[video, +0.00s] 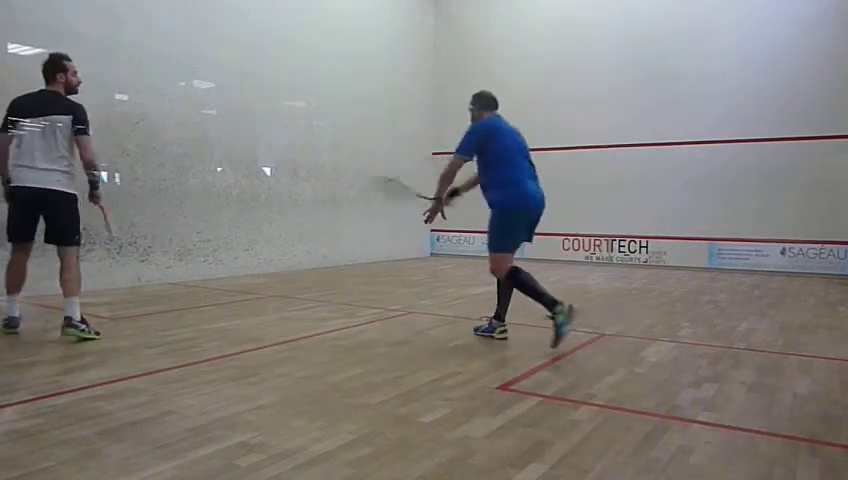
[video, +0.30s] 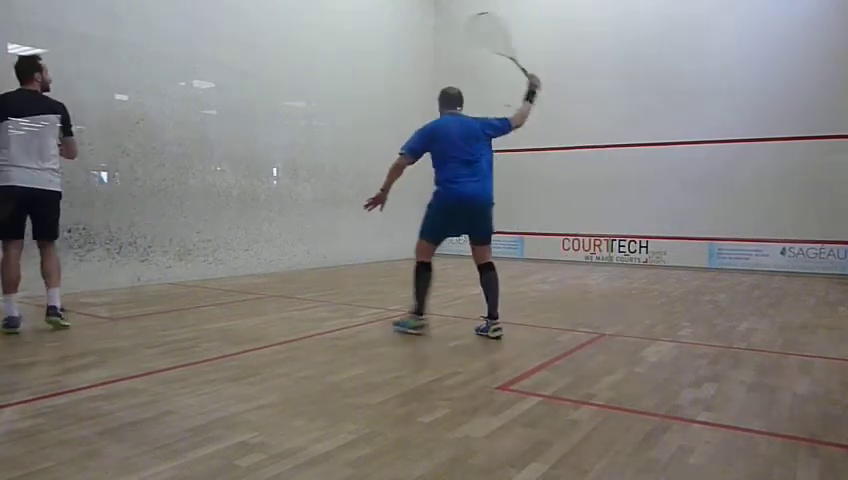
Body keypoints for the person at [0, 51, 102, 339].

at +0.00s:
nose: (78, 78)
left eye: (77, 73)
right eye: (74, 74)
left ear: (49, 78)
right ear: (60, 77)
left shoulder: (18, 104)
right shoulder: (74, 109)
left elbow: (4, 147)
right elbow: (87, 156)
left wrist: (6, 181)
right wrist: (95, 184)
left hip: (22, 190)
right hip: (60, 193)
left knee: (19, 251)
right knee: (69, 256)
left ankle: (11, 315)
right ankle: (73, 319)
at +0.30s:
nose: (49, 76)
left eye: (47, 71)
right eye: (46, 71)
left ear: (20, 78)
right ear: (36, 76)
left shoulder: (4, 102)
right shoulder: (56, 108)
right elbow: (70, 152)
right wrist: (43, 144)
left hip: (9, 187)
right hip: (46, 190)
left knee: (11, 249)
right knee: (48, 246)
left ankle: (10, 313)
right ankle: (54, 307)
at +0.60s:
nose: (45, 91)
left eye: (43, 86)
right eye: (44, 87)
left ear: (19, 89)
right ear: (39, 89)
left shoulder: (6, 110)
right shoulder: (55, 117)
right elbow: (52, 149)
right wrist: (42, 105)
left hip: (13, 190)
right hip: (49, 192)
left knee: (6, 250)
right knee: (40, 244)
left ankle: (10, 312)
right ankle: (40, 302)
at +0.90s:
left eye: (39, 133)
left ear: (39, 134)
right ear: (60, 137)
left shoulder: (29, 148)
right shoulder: (72, 157)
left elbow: (15, 186)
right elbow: (69, 191)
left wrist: (13, 206)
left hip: (33, 209)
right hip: (66, 215)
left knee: (1, 246)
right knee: (43, 245)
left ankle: (5, 297)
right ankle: (44, 301)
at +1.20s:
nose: (82, 115)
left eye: (78, 112)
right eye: (82, 112)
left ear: (59, 114)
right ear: (83, 113)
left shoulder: (42, 134)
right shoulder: (95, 136)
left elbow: (15, 165)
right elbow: (124, 152)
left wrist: (1, 187)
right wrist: (155, 175)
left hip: (41, 205)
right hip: (76, 209)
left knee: (38, 266)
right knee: (59, 261)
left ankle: (47, 310)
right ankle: (47, 308)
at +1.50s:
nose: (118, 81)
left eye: (115, 76)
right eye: (117, 77)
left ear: (90, 80)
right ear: (113, 78)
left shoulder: (72, 109)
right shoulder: (123, 104)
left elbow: (44, 150)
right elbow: (128, 132)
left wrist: (40, 187)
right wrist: (147, 175)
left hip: (82, 187)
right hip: (120, 187)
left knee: (73, 254)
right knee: (116, 247)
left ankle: (55, 326)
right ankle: (112, 304)